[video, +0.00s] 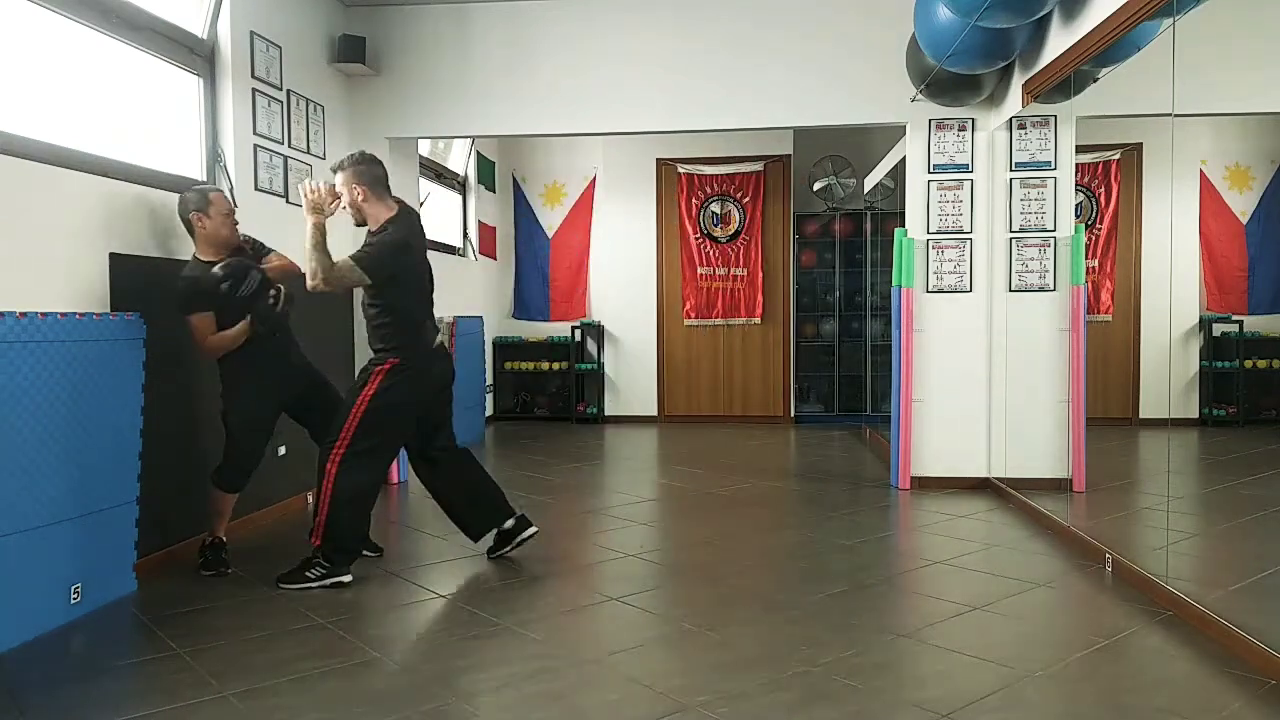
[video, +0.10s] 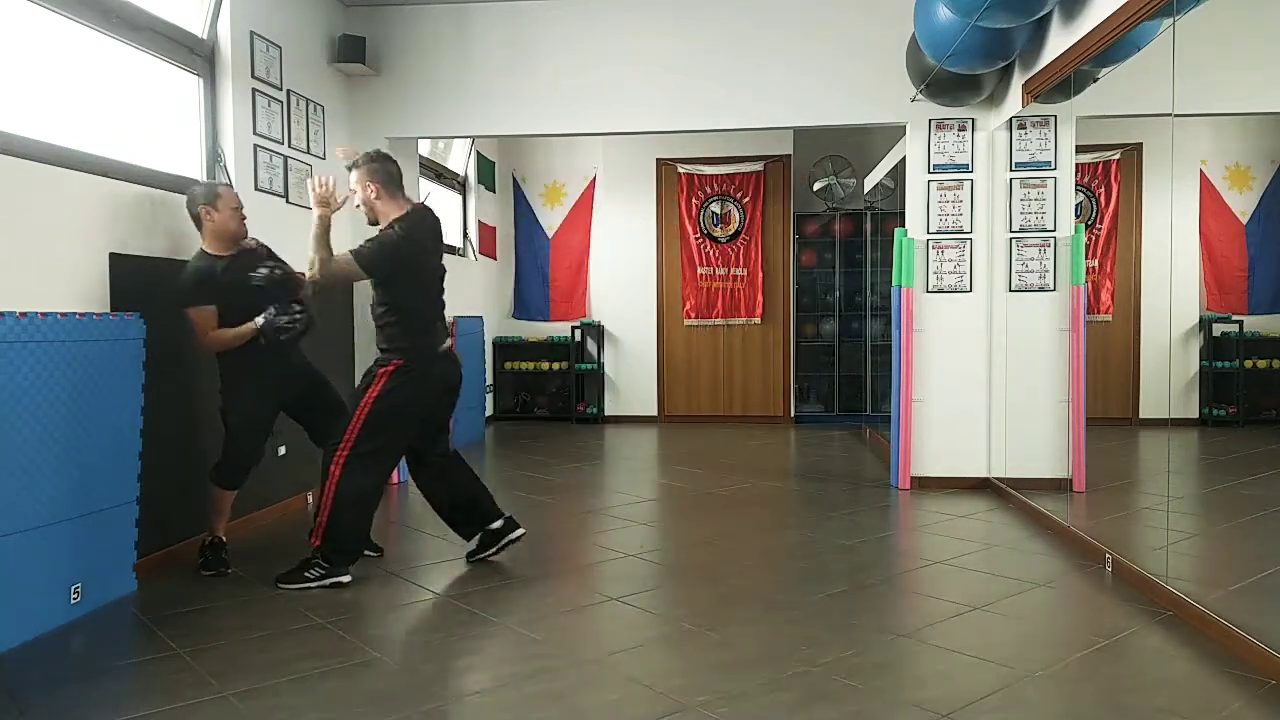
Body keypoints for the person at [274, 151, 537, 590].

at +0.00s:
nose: (343, 203)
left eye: (343, 195)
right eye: (342, 195)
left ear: (358, 192)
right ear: (379, 187)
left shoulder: (390, 242)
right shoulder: (405, 222)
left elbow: (320, 278)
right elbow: (339, 273)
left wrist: (315, 219)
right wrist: (325, 213)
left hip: (398, 365)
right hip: (428, 361)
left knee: (344, 456)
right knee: (434, 450)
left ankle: (332, 560)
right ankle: (506, 520)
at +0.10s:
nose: (356, 202)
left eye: (357, 193)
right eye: (353, 194)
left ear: (372, 191)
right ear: (395, 187)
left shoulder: (392, 243)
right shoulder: (426, 219)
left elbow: (322, 273)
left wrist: (322, 216)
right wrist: (364, 163)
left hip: (401, 369)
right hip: (439, 363)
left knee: (348, 459)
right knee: (429, 454)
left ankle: (332, 560)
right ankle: (491, 523)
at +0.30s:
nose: (414, 211)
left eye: (415, 203)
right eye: (411, 204)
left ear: (428, 199)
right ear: (455, 196)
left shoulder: (447, 241)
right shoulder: (485, 236)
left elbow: (369, 263)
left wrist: (378, 217)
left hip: (439, 372)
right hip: (473, 372)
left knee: (379, 459)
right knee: (436, 456)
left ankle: (337, 559)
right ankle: (475, 545)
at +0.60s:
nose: (495, 184)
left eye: (495, 177)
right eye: (496, 178)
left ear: (505, 173)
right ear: (535, 170)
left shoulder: (503, 209)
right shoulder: (571, 206)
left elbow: (454, 267)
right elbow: (582, 266)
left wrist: (470, 255)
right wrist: (534, 257)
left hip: (532, 340)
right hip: (568, 337)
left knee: (520, 443)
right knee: (531, 436)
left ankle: (576, 544)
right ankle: (503, 533)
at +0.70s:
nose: (523, 198)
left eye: (522, 190)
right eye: (521, 191)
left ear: (534, 183)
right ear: (562, 180)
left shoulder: (540, 223)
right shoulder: (602, 223)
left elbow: (507, 296)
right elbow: (586, 282)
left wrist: (518, 295)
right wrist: (533, 289)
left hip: (569, 357)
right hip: (605, 355)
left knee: (545, 456)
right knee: (573, 448)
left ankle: (587, 558)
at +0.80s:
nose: (554, 205)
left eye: (553, 196)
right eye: (552, 198)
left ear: (563, 189)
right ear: (591, 185)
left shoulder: (580, 226)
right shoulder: (625, 224)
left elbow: (574, 300)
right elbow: (612, 272)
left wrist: (556, 314)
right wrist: (568, 246)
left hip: (599, 364)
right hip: (637, 361)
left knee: (568, 459)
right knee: (629, 451)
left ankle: (588, 560)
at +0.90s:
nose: (584, 205)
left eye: (584, 195)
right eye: (582, 196)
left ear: (597, 186)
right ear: (613, 184)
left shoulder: (631, 216)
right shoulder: (643, 220)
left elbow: (650, 271)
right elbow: (629, 288)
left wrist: (605, 304)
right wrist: (602, 254)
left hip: (645, 354)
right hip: (675, 352)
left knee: (604, 452)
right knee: (689, 452)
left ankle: (592, 559)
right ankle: (753, 541)